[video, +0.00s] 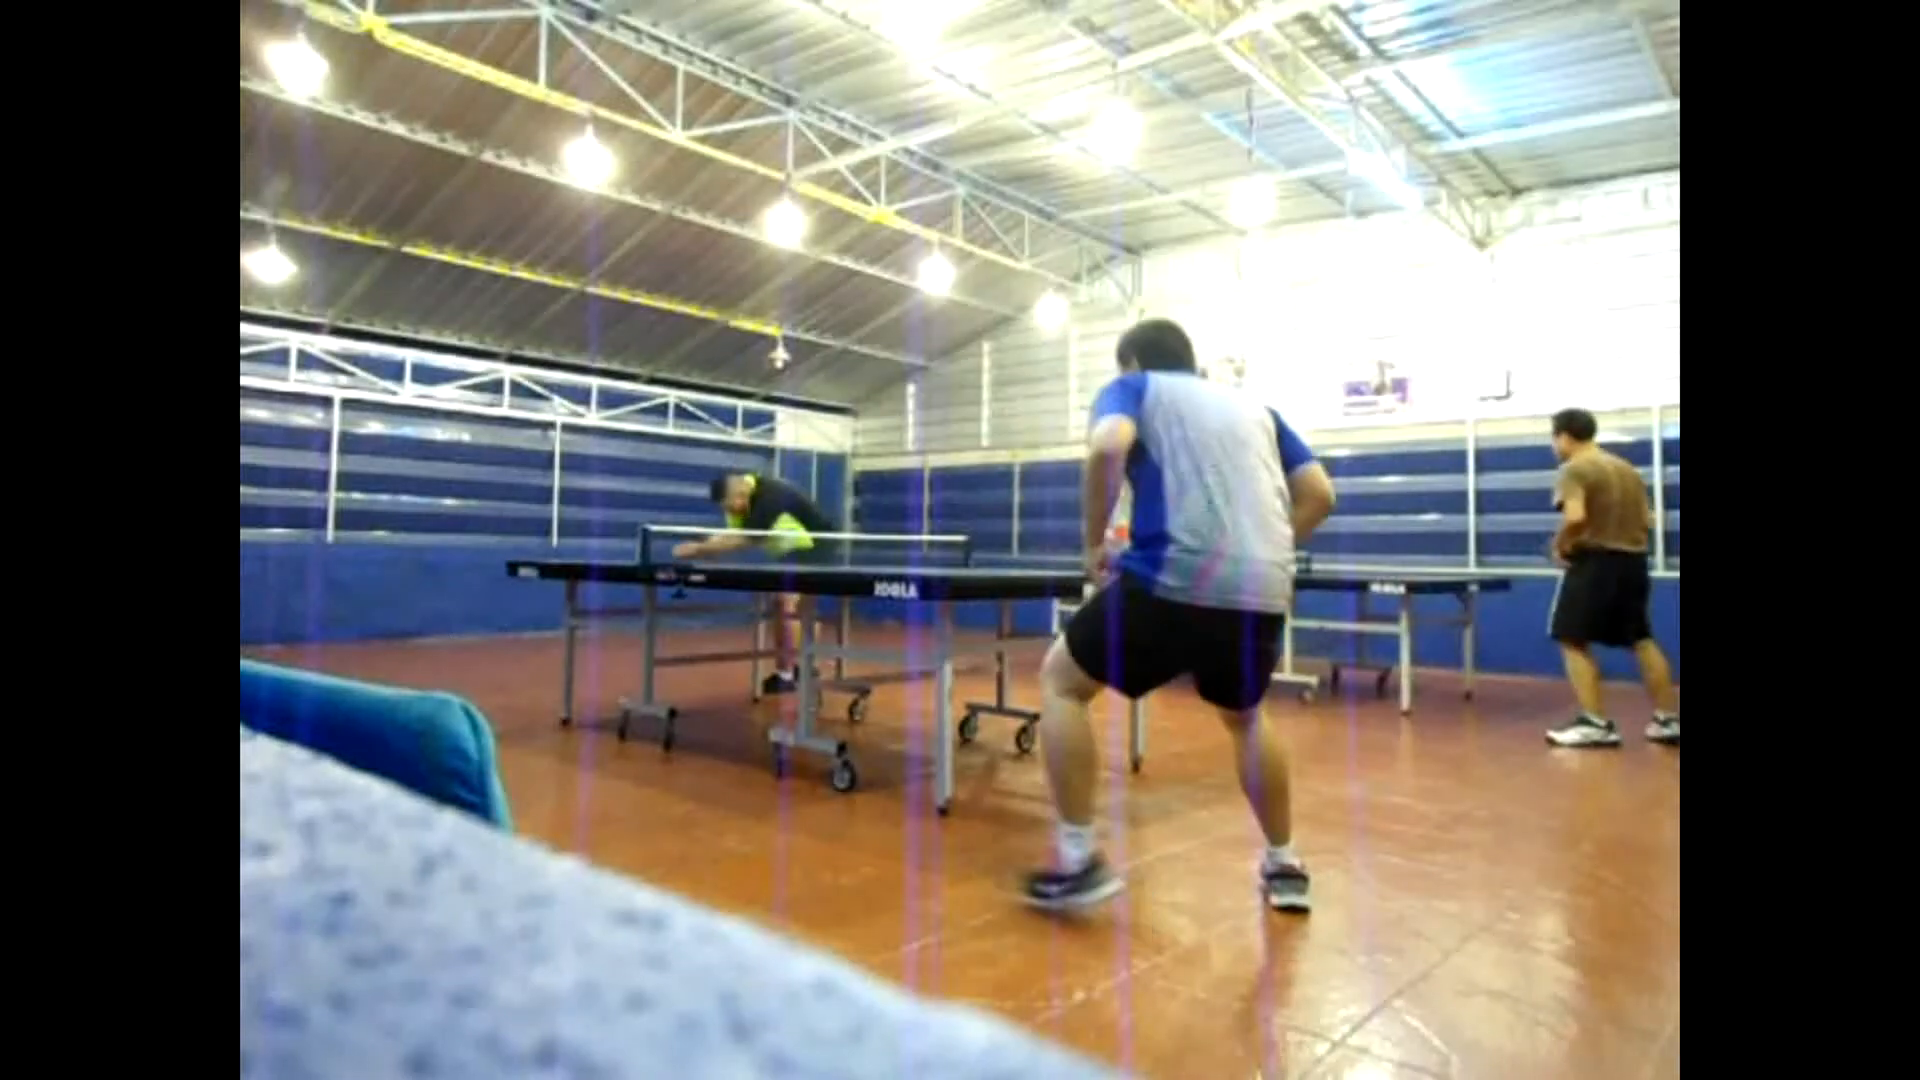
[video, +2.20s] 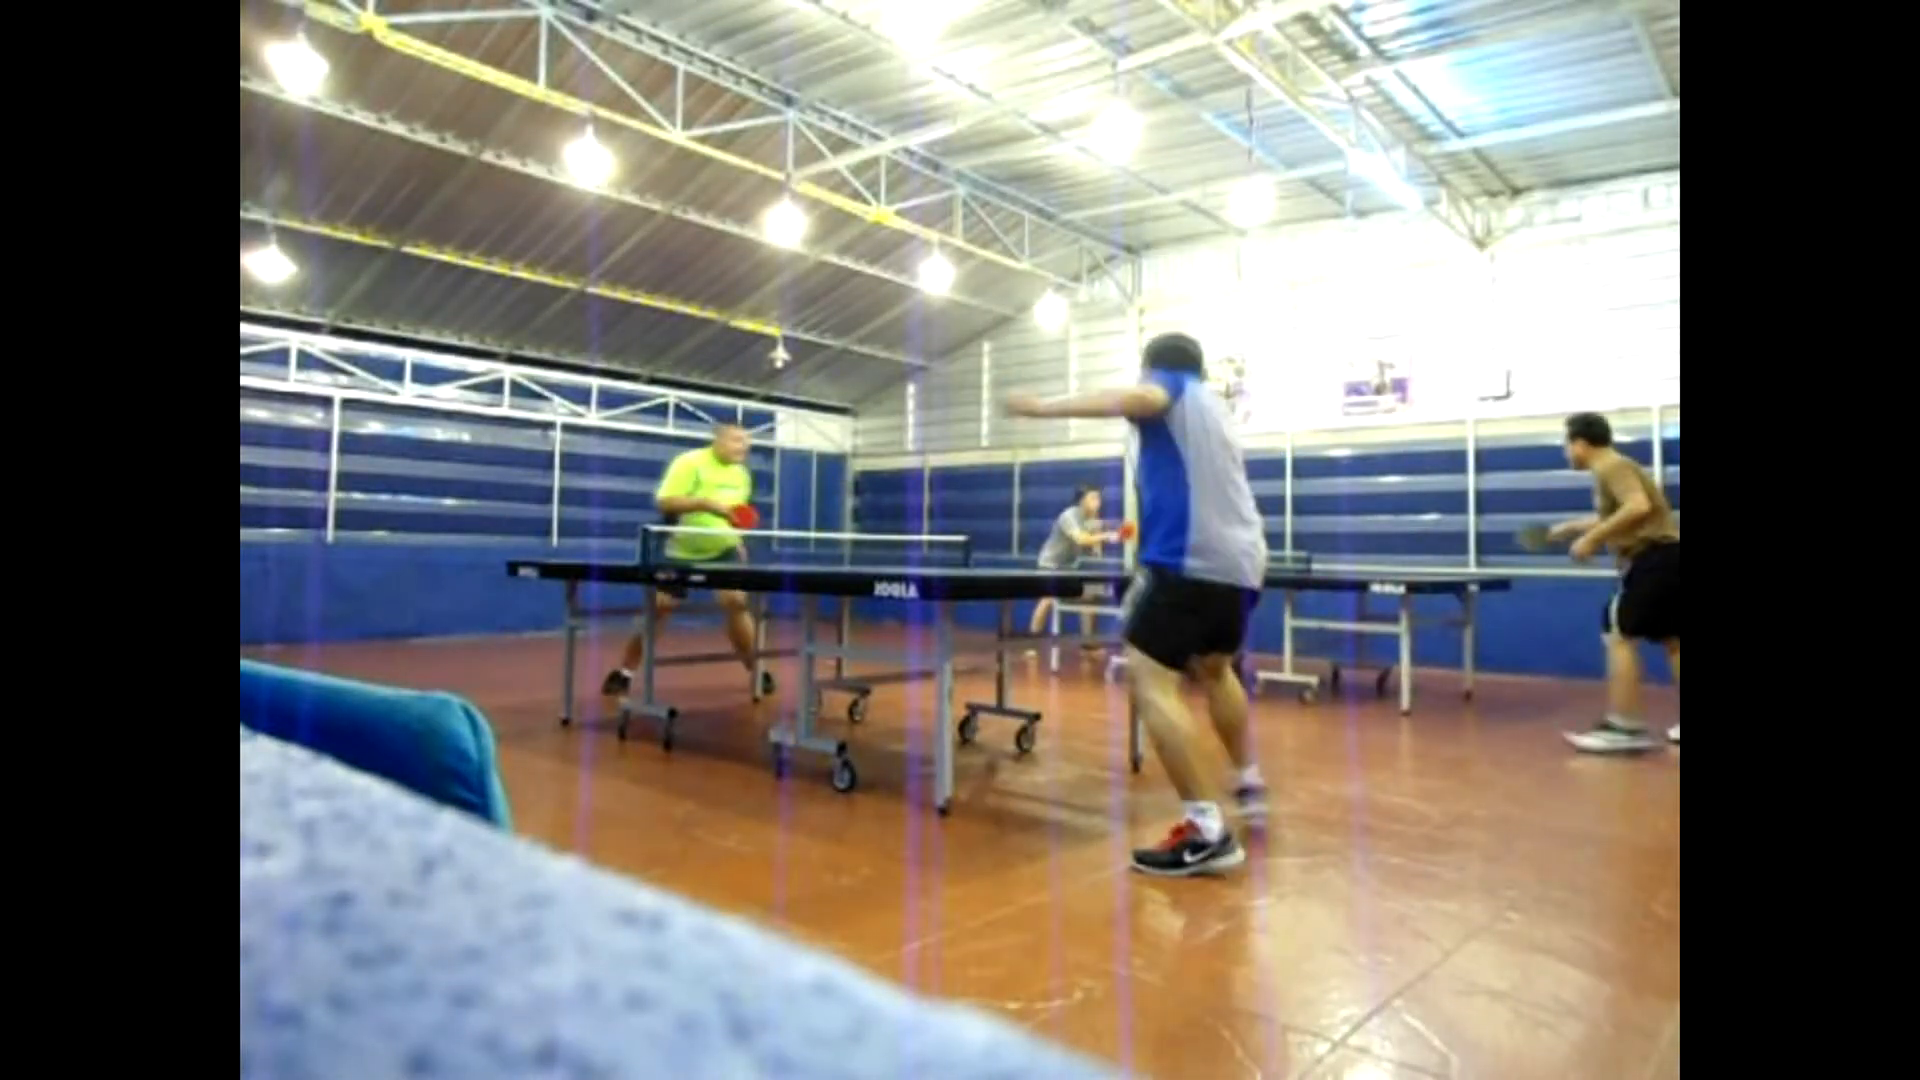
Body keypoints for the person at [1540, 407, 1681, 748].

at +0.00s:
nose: (1554, 445)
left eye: (1555, 437)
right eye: (1554, 438)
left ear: (1566, 437)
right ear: (1591, 435)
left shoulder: (1575, 470)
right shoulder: (1627, 469)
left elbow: (1576, 518)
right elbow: (1646, 520)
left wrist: (1561, 543)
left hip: (1594, 558)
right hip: (1633, 559)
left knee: (1571, 639)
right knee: (1641, 638)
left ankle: (1594, 720)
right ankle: (1668, 716)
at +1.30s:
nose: (1559, 457)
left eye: (1560, 449)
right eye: (1558, 450)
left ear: (1573, 445)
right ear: (1591, 443)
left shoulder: (1593, 469)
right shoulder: (1626, 468)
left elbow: (1590, 517)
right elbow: (1633, 528)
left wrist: (1568, 537)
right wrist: (1589, 537)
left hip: (1632, 554)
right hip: (1665, 551)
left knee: (1603, 638)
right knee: (1657, 642)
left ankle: (1614, 721)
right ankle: (1671, 719)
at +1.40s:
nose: (1546, 466)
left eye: (1547, 458)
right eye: (1545, 459)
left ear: (1560, 455)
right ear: (1577, 450)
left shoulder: (1586, 475)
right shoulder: (1612, 472)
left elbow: (1573, 528)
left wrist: (1546, 532)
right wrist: (1561, 535)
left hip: (1635, 559)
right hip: (1666, 554)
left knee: (1602, 640)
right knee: (1656, 645)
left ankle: (1599, 723)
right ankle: (1671, 719)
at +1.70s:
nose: (1523, 476)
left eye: (1524, 467)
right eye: (1522, 467)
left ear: (1538, 463)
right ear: (1552, 459)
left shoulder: (1568, 484)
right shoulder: (1582, 480)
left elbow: (1558, 530)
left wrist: (1525, 528)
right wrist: (1532, 525)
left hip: (1621, 567)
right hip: (1652, 561)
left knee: (1576, 642)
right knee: (1649, 645)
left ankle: (1595, 725)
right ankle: (1676, 718)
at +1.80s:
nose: (1524, 465)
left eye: (1526, 456)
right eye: (1523, 457)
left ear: (1542, 455)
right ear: (1551, 455)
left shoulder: (1573, 476)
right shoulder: (1560, 486)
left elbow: (1593, 512)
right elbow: (1529, 508)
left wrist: (1554, 532)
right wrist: (1492, 504)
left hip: (1621, 564)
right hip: (1647, 562)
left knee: (1577, 640)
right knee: (1653, 646)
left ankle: (1595, 724)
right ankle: (1680, 718)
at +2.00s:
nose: (1547, 455)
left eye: (1549, 447)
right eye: (1547, 447)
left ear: (1564, 446)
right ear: (1575, 445)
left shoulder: (1589, 470)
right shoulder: (1586, 474)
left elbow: (1633, 498)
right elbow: (1577, 511)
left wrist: (1595, 534)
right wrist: (1533, 514)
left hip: (1624, 563)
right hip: (1649, 562)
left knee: (1574, 638)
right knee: (1655, 645)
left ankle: (1595, 725)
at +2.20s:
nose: (1568, 451)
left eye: (1570, 443)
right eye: (1568, 443)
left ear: (1584, 443)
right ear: (1597, 441)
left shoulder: (1612, 467)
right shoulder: (1609, 470)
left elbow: (1639, 506)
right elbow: (1617, 519)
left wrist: (1593, 537)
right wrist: (1572, 527)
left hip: (1656, 557)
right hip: (1660, 555)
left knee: (1620, 635)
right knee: (1672, 640)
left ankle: (1626, 723)